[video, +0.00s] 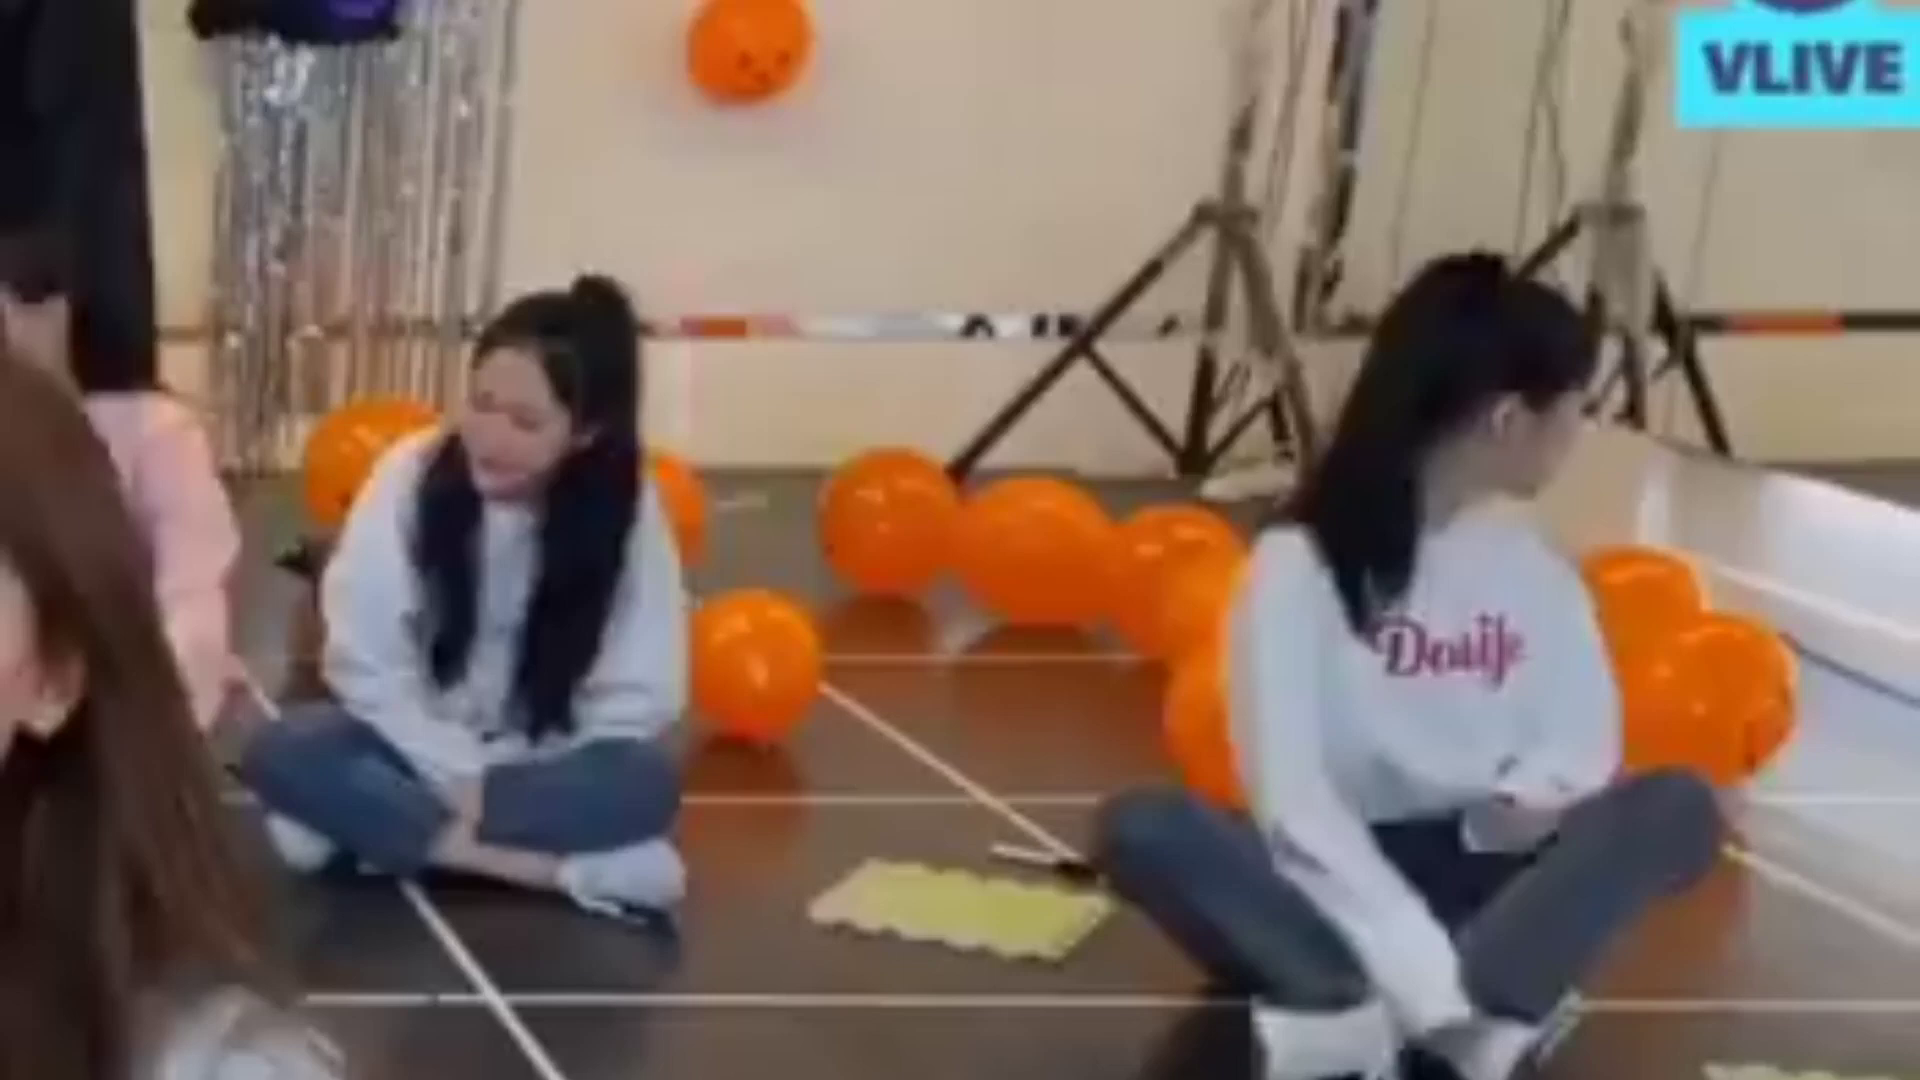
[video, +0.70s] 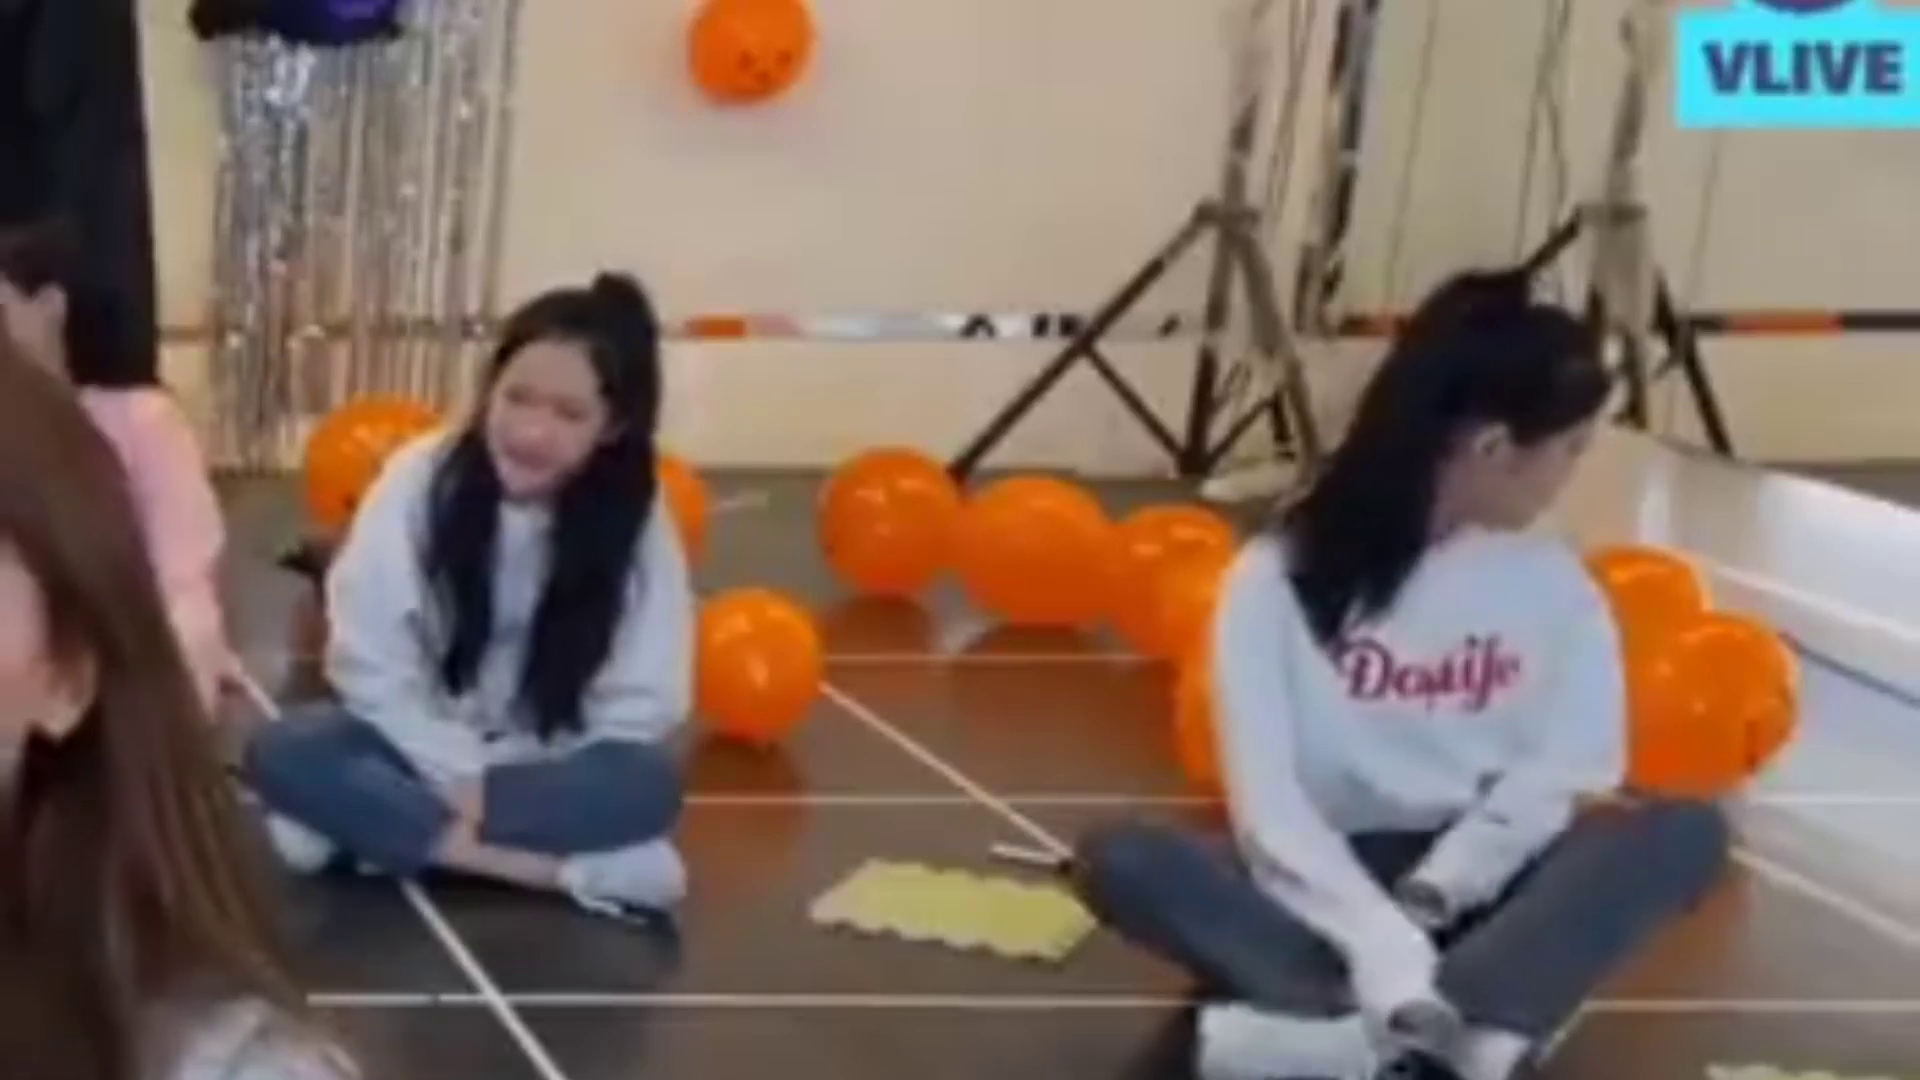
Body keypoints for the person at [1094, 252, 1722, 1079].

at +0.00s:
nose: (1577, 436)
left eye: (1581, 411)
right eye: (1574, 410)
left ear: (1499, 422)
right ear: (1505, 419)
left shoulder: (1528, 561)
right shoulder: (1298, 558)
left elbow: (1584, 731)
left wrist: (1536, 800)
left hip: (1490, 859)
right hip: (1337, 861)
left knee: (1679, 808)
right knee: (1141, 826)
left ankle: (1380, 1041)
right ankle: (1456, 1043)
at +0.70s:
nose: (1572, 470)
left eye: (1579, 448)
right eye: (1566, 448)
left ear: (1489, 447)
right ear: (1491, 447)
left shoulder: (1547, 575)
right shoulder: (1273, 578)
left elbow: (1572, 763)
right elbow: (1266, 803)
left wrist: (1434, 893)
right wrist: (1379, 940)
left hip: (1491, 862)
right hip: (1320, 870)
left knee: (1685, 832)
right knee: (1118, 856)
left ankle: (1380, 1038)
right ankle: (1452, 1043)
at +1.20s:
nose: (1589, 482)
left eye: (1595, 454)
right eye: (1581, 453)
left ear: (1489, 447)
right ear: (1488, 444)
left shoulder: (1563, 582)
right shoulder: (1275, 572)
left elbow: (1614, 782)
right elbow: (1232, 792)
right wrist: (1329, 920)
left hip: (1483, 863)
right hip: (1308, 859)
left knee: (1647, 820)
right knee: (1107, 869)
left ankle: (1336, 1026)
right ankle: (1429, 1035)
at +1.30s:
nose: (1626, 477)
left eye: (1631, 451)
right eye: (1616, 449)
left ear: (1525, 446)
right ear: (1523, 442)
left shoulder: (1589, 592)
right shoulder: (1302, 565)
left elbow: (1616, 787)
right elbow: (1234, 787)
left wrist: (1722, 759)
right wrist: (1321, 922)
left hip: (1485, 879)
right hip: (1311, 867)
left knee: (1666, 830)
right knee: (1101, 876)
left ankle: (1339, 1032)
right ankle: (1424, 1034)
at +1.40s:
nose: (1684, 481)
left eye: (1685, 454)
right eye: (1661, 455)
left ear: (1569, 453)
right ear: (1558, 450)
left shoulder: (1635, 618)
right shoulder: (1350, 562)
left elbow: (1712, 808)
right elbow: (1253, 767)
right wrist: (1321, 951)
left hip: (1483, 890)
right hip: (1318, 867)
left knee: (1674, 846)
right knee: (1104, 870)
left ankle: (1344, 1031)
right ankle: (1424, 1034)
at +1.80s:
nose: (1808, 531)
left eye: (1814, 505)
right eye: (1792, 507)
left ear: (1708, 504)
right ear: (1690, 498)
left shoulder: (1737, 675)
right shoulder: (1478, 563)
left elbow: (1834, 830)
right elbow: (1361, 763)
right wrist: (1344, 955)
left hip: (1516, 898)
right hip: (1364, 857)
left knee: (1696, 904)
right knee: (1122, 826)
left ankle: (1325, 1042)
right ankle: (1420, 1048)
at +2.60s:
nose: (1799, 538)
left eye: (1809, 513)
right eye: (1782, 510)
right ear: (1683, 483)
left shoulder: (1736, 647)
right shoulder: (1482, 554)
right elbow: (1376, 761)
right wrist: (1351, 948)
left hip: (1516, 891)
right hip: (1369, 856)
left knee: (1687, 889)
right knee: (1143, 793)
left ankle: (1325, 1038)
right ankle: (1410, 1046)